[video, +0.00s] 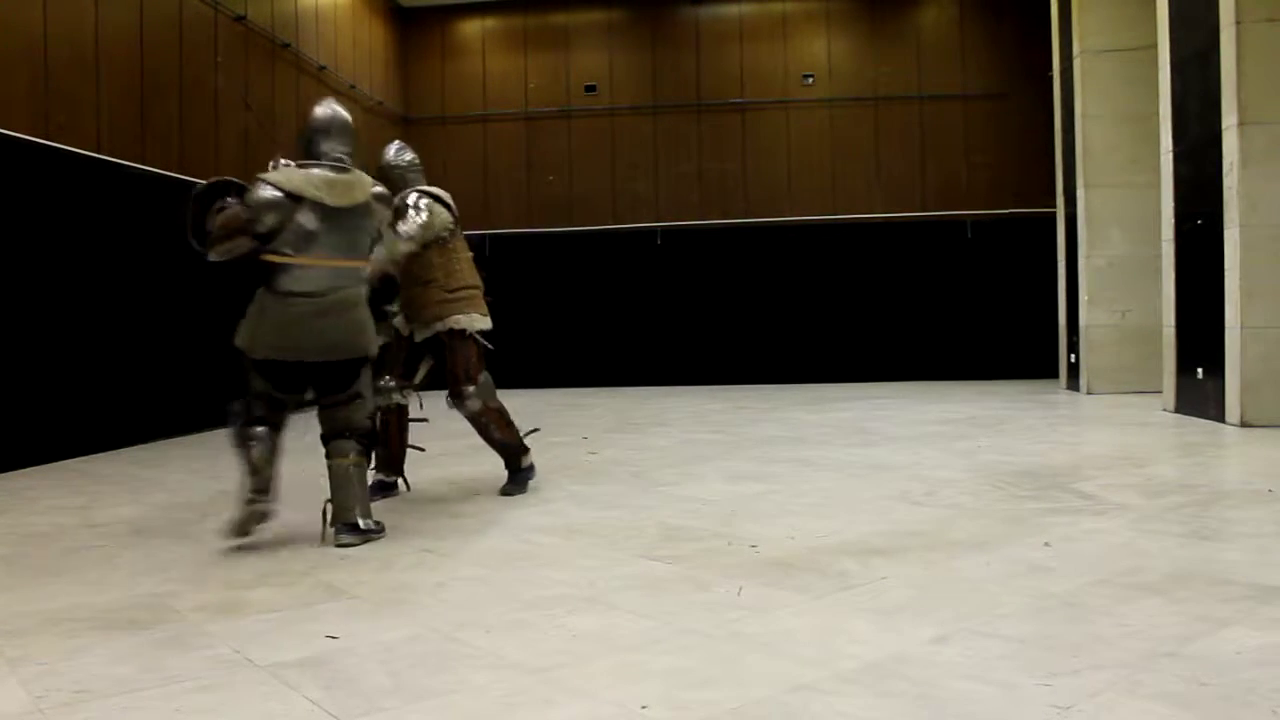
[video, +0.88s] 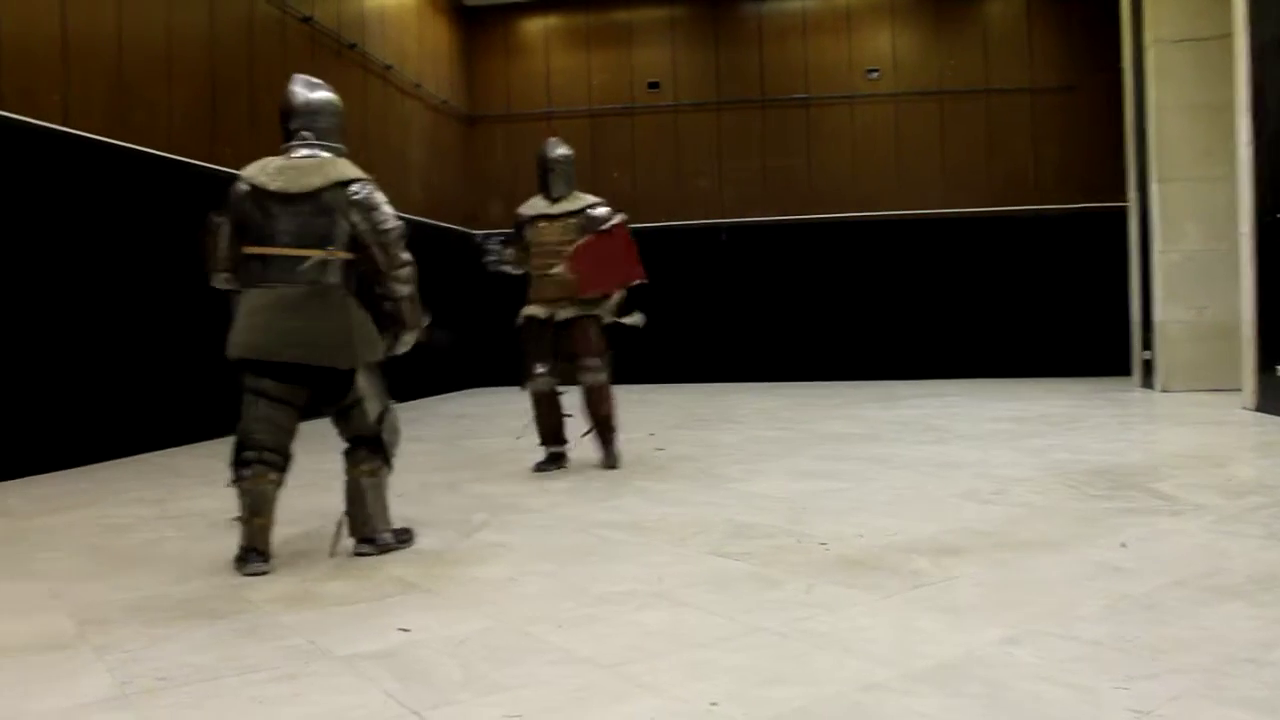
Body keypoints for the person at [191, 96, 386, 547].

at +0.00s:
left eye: (321, 136)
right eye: (339, 138)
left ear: (307, 139)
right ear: (350, 140)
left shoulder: (278, 189)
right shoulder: (373, 197)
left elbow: (231, 236)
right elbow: (382, 240)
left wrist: (223, 215)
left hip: (283, 319)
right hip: (346, 319)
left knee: (261, 406)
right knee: (346, 420)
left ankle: (259, 493)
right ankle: (350, 519)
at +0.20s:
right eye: (290, 144)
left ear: (247, 148)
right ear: (294, 149)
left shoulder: (218, 200)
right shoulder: (317, 201)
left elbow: (182, 246)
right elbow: (350, 211)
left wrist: (190, 204)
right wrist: (327, 168)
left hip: (236, 341)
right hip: (305, 342)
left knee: (213, 439)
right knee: (320, 426)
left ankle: (206, 545)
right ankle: (329, 524)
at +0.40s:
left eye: (236, 124)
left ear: (232, 128)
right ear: (282, 125)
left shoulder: (207, 185)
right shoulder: (312, 183)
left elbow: (162, 234)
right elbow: (359, 210)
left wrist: (159, 192)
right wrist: (370, 176)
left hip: (220, 331)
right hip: (290, 333)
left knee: (205, 434)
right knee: (294, 426)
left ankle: (204, 546)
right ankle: (302, 532)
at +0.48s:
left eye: (239, 115)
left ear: (235, 118)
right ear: (287, 117)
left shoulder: (208, 176)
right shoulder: (319, 178)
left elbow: (156, 237)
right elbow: (370, 245)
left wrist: (165, 187)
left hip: (222, 327)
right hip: (295, 328)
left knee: (211, 432)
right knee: (302, 424)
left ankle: (204, 543)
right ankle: (312, 528)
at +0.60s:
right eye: (278, 112)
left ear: (237, 117)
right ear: (288, 116)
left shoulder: (204, 175)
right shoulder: (317, 180)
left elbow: (151, 245)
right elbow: (352, 251)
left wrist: (171, 212)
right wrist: (369, 304)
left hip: (221, 327)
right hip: (293, 328)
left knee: (213, 431)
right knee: (308, 423)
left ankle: (198, 545)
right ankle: (317, 530)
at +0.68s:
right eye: (285, 118)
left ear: (242, 121)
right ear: (293, 121)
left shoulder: (204, 179)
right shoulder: (316, 186)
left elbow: (157, 255)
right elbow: (356, 268)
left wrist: (201, 280)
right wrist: (370, 336)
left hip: (223, 330)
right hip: (294, 332)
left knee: (222, 440)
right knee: (324, 423)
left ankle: (209, 551)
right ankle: (330, 529)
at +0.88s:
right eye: (334, 123)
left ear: (289, 126)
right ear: (337, 125)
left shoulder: (250, 183)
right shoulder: (353, 186)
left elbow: (223, 267)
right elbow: (392, 255)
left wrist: (262, 293)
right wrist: (406, 322)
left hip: (262, 329)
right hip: (334, 330)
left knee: (262, 435)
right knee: (369, 426)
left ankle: (254, 547)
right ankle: (372, 528)